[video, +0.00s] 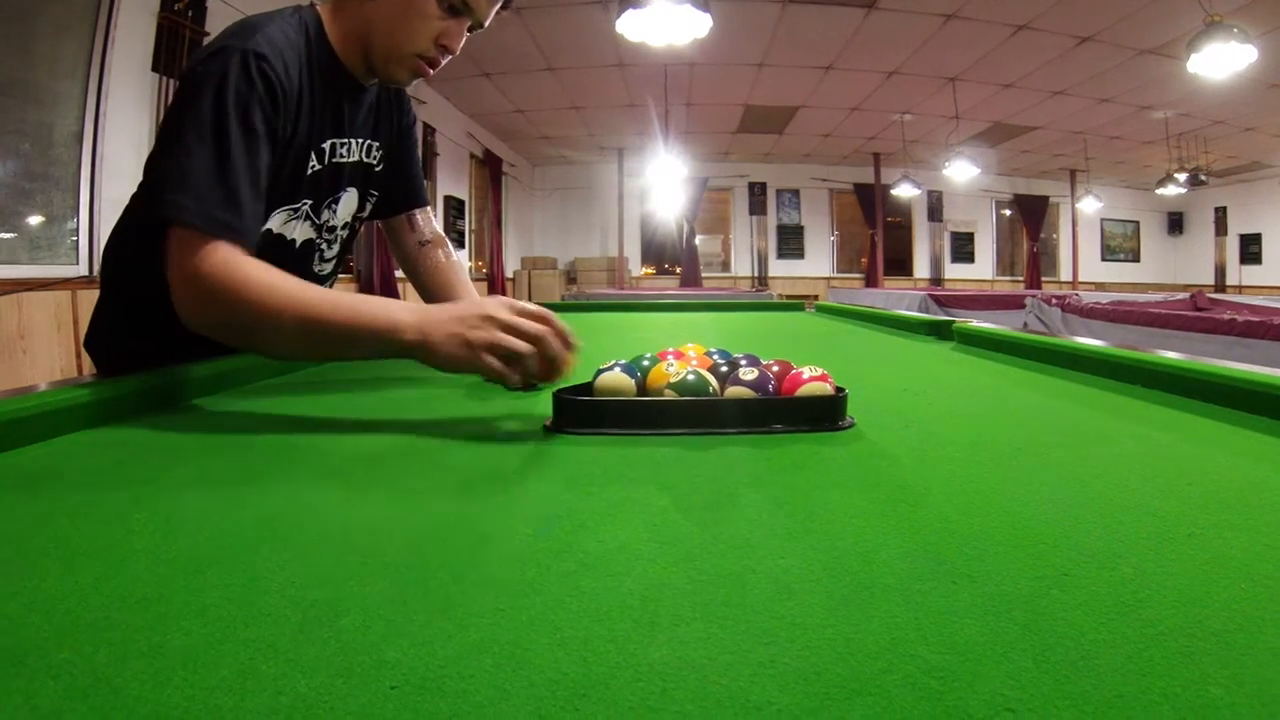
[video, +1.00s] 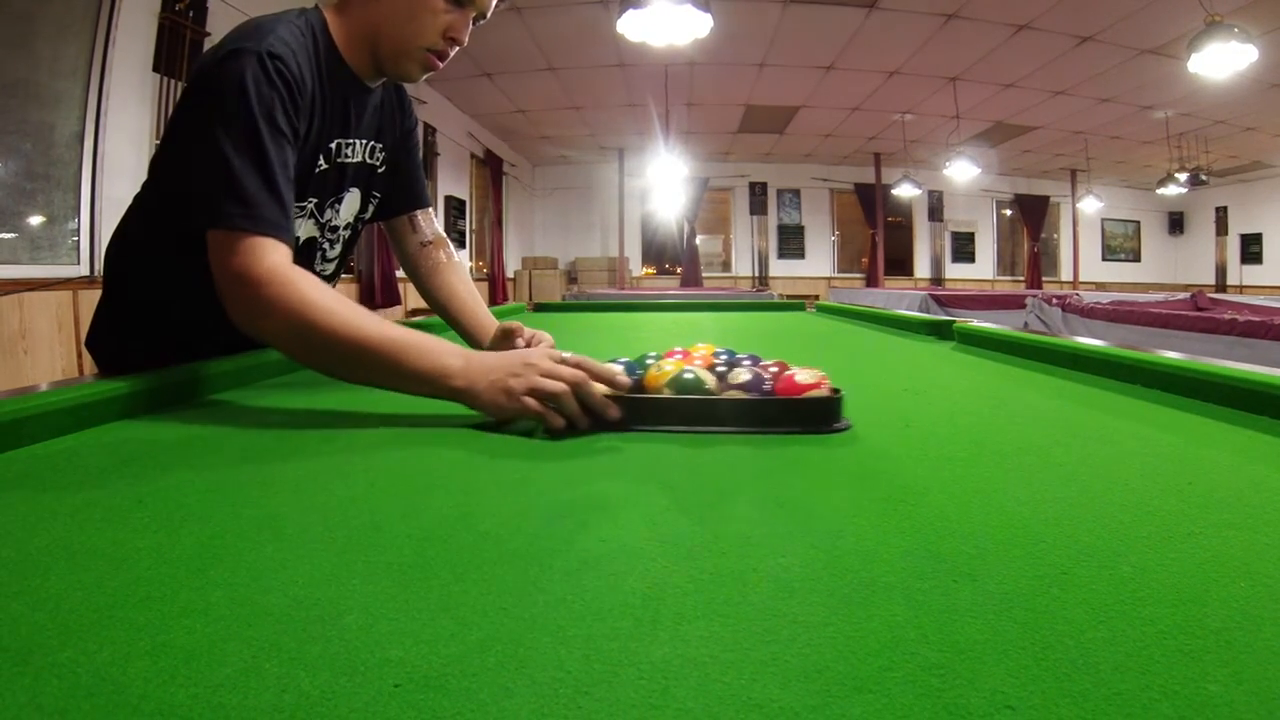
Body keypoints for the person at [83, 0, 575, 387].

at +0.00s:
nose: (456, 44)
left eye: (471, 29)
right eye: (452, 10)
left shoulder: (385, 99)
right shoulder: (252, 62)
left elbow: (420, 237)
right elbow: (201, 282)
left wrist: (482, 332)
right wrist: (420, 331)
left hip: (276, 358)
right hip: (160, 362)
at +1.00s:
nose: (463, 37)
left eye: (475, 22)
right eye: (457, 6)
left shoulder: (390, 101)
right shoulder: (262, 62)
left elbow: (424, 241)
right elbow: (256, 282)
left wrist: (490, 333)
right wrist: (472, 374)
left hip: (269, 357)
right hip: (159, 363)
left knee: (247, 556)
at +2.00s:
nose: (441, 14)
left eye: (450, 1)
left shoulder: (378, 87)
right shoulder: (247, 50)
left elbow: (442, 222)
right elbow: (273, 258)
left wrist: (527, 335)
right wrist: (467, 384)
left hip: (271, 348)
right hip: (158, 353)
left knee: (255, 540)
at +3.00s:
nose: (444, 29)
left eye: (454, 13)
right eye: (431, 1)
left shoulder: (385, 101)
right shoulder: (256, 69)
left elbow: (444, 225)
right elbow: (278, 266)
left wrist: (527, 334)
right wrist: (468, 384)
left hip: (271, 342)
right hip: (158, 347)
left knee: (252, 531)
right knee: (147, 541)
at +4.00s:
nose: (441, 36)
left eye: (452, 21)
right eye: (428, 7)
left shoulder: (382, 107)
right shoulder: (255, 72)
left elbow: (442, 227)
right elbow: (279, 271)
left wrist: (529, 340)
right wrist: (464, 385)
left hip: (262, 335)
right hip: (152, 341)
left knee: (241, 525)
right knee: (138, 534)